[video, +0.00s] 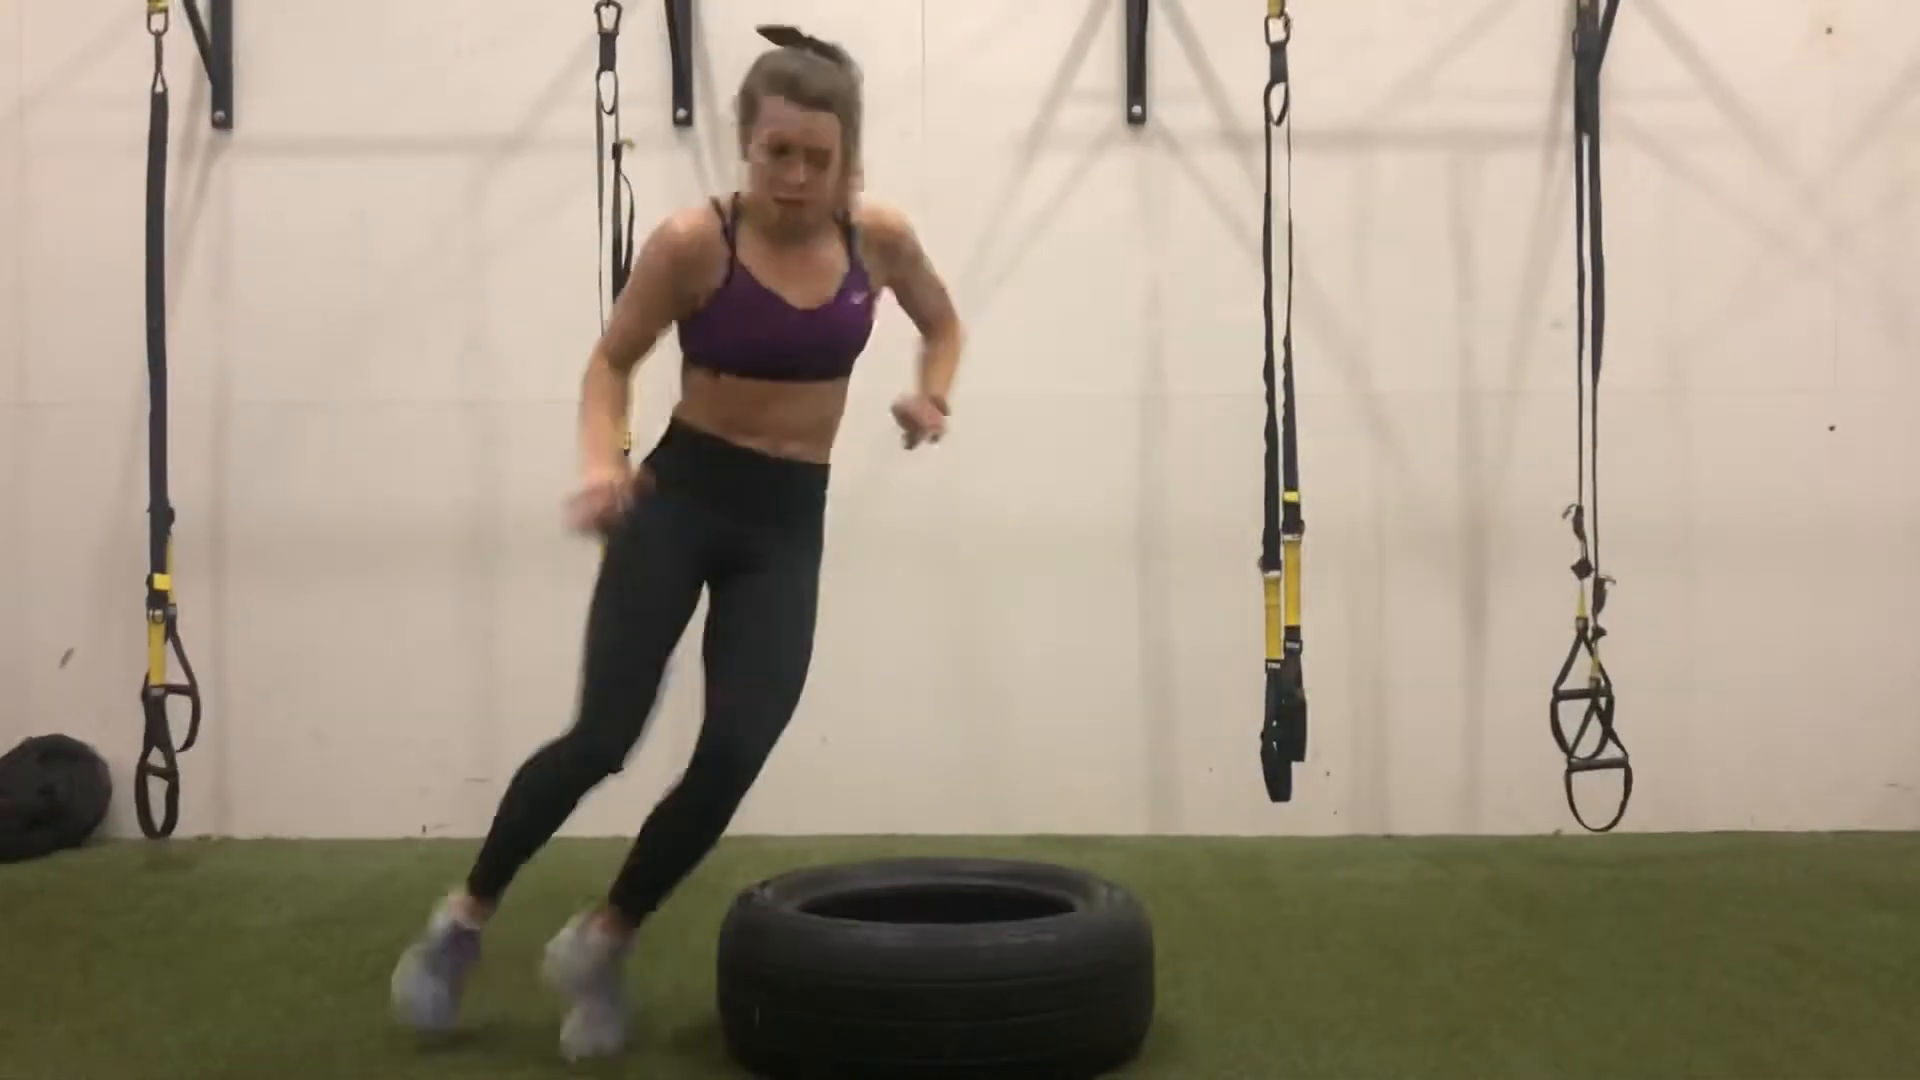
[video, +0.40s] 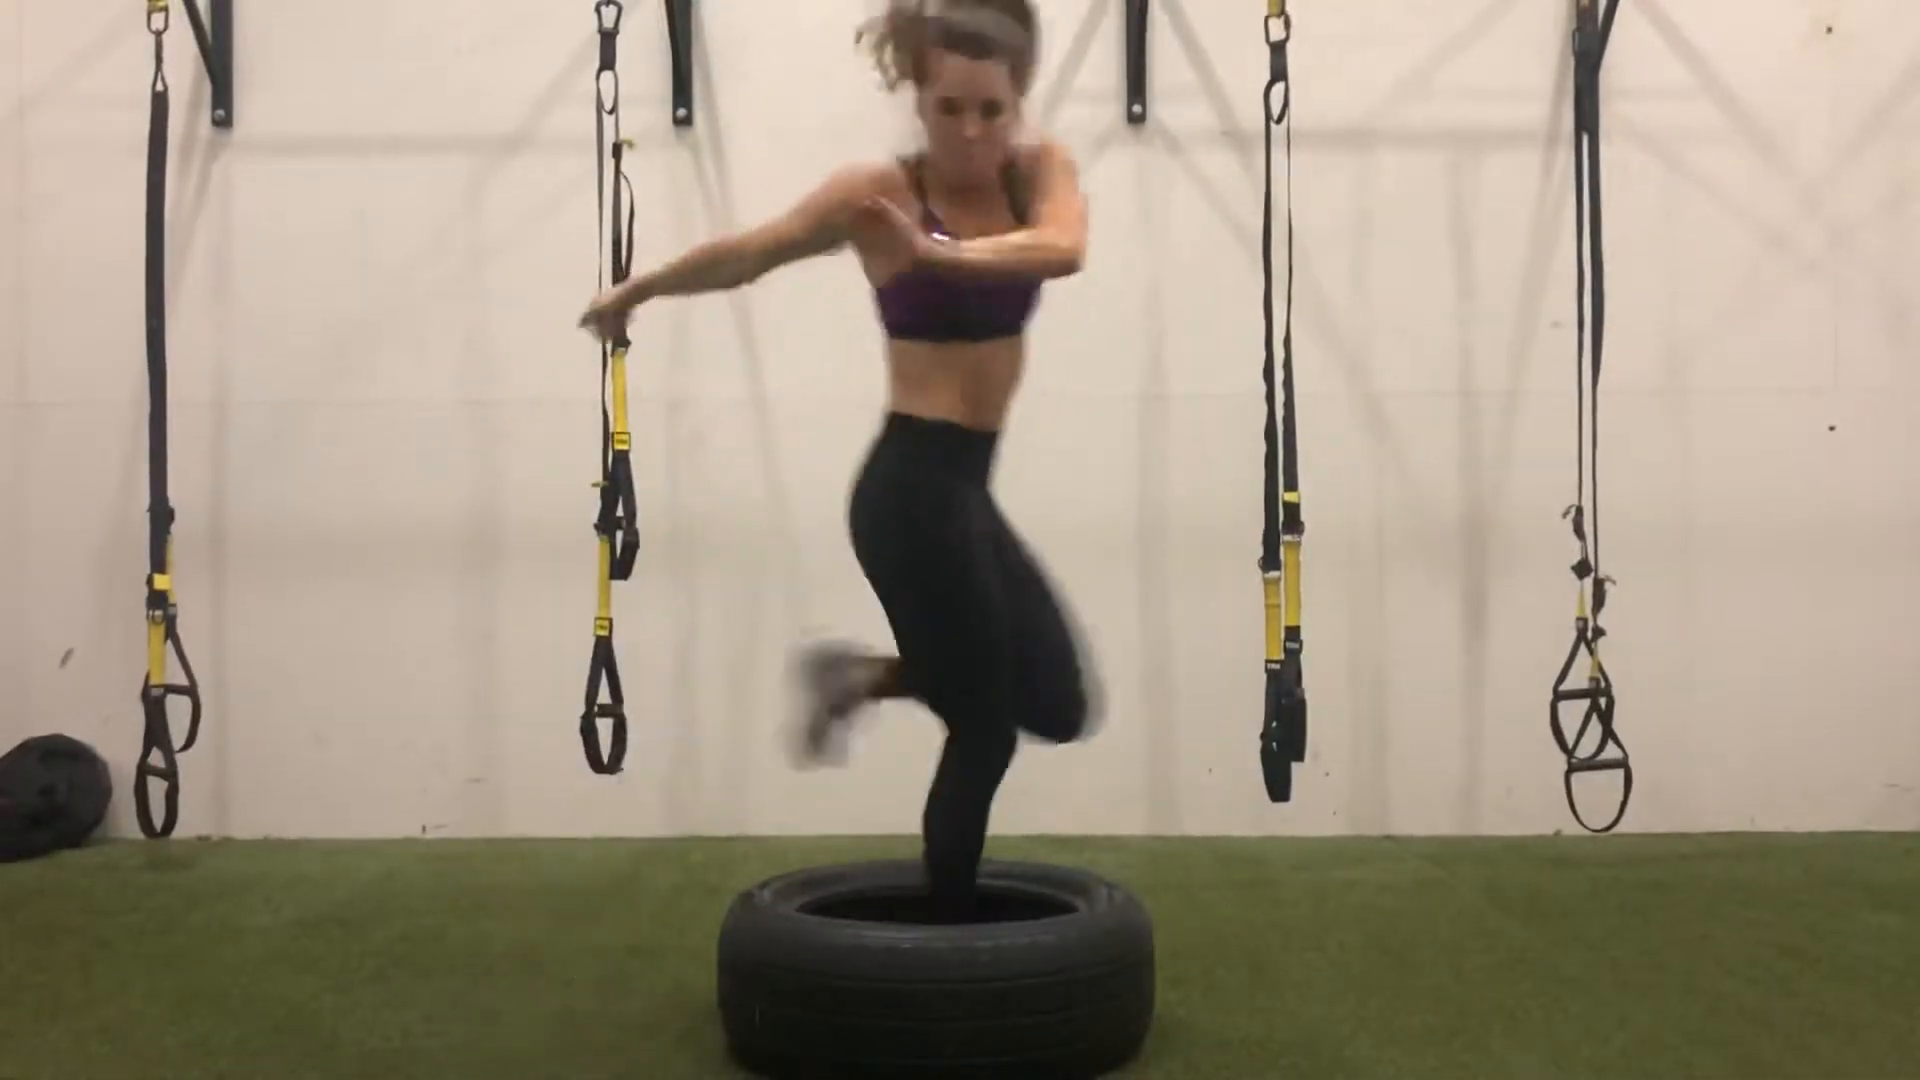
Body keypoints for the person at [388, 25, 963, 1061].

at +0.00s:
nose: (795, 175)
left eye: (817, 156)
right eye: (777, 152)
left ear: (849, 152)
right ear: (745, 142)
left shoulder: (878, 238)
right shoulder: (691, 242)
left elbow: (941, 324)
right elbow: (613, 361)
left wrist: (932, 390)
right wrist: (603, 465)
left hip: (786, 518)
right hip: (676, 498)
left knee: (732, 761)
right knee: (602, 740)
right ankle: (463, 918)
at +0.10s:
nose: (816, 203)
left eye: (837, 182)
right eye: (796, 180)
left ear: (869, 178)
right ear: (766, 173)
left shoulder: (889, 280)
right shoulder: (710, 266)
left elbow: (997, 414)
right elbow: (588, 347)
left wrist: (937, 376)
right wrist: (472, 409)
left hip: (777, 546)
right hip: (689, 521)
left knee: (697, 799)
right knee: (772, 726)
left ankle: (530, 984)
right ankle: (532, 779)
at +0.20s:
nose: (847, 164)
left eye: (869, 142)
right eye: (828, 142)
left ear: (901, 133)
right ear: (797, 133)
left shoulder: (933, 209)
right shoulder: (763, 225)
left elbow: (988, 310)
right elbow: (647, 264)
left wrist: (894, 263)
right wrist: (549, 284)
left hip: (807, 496)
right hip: (754, 481)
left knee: (702, 744)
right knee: (946, 616)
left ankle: (540, 963)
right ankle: (731, 722)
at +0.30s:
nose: (915, 112)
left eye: (934, 92)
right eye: (895, 92)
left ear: (959, 85)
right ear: (857, 84)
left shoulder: (987, 153)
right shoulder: (824, 176)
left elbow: (1000, 258)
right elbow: (715, 234)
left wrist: (861, 230)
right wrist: (644, 261)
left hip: (876, 463)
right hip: (832, 461)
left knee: (849, 725)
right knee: (1017, 627)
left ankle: (631, 822)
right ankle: (899, 836)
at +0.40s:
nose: (972, 130)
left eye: (991, 108)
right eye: (951, 108)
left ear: (1018, 98)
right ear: (917, 96)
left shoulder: (1040, 167)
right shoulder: (876, 194)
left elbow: (1065, 249)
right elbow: (749, 256)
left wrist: (945, 252)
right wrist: (637, 289)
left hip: (966, 493)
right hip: (909, 493)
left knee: (1059, 705)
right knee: (982, 729)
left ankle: (861, 678)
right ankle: (947, 943)